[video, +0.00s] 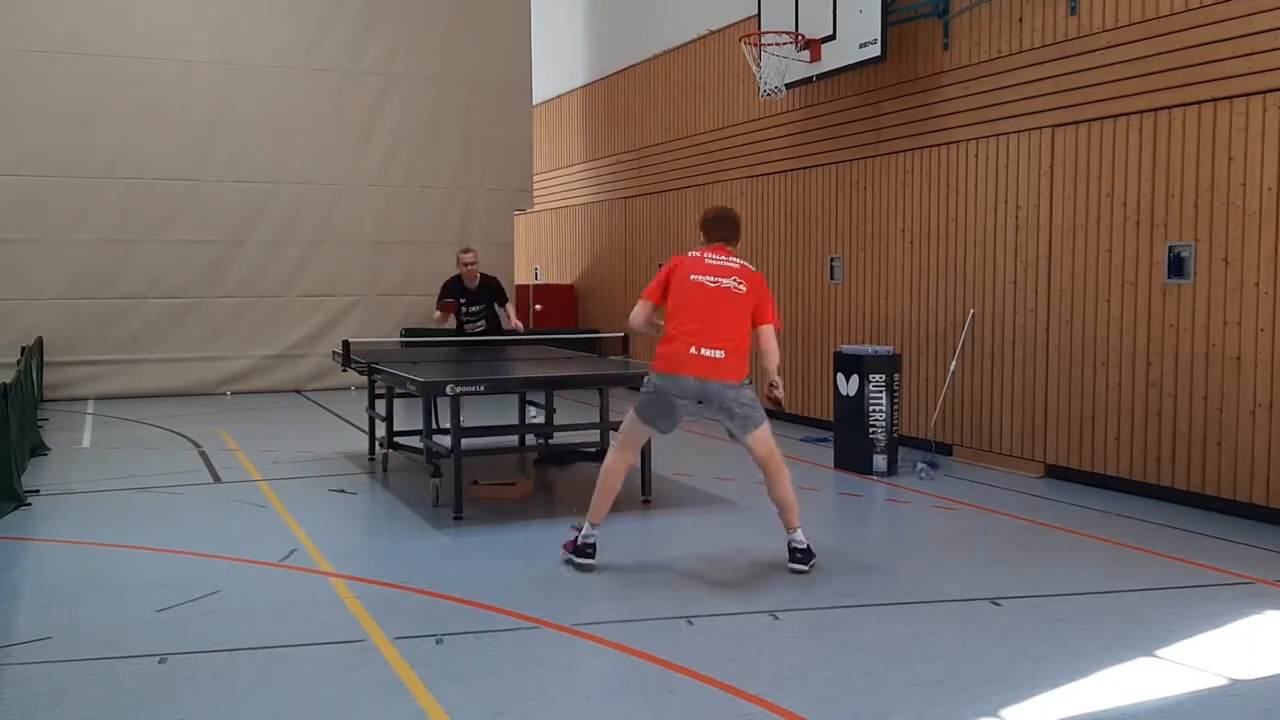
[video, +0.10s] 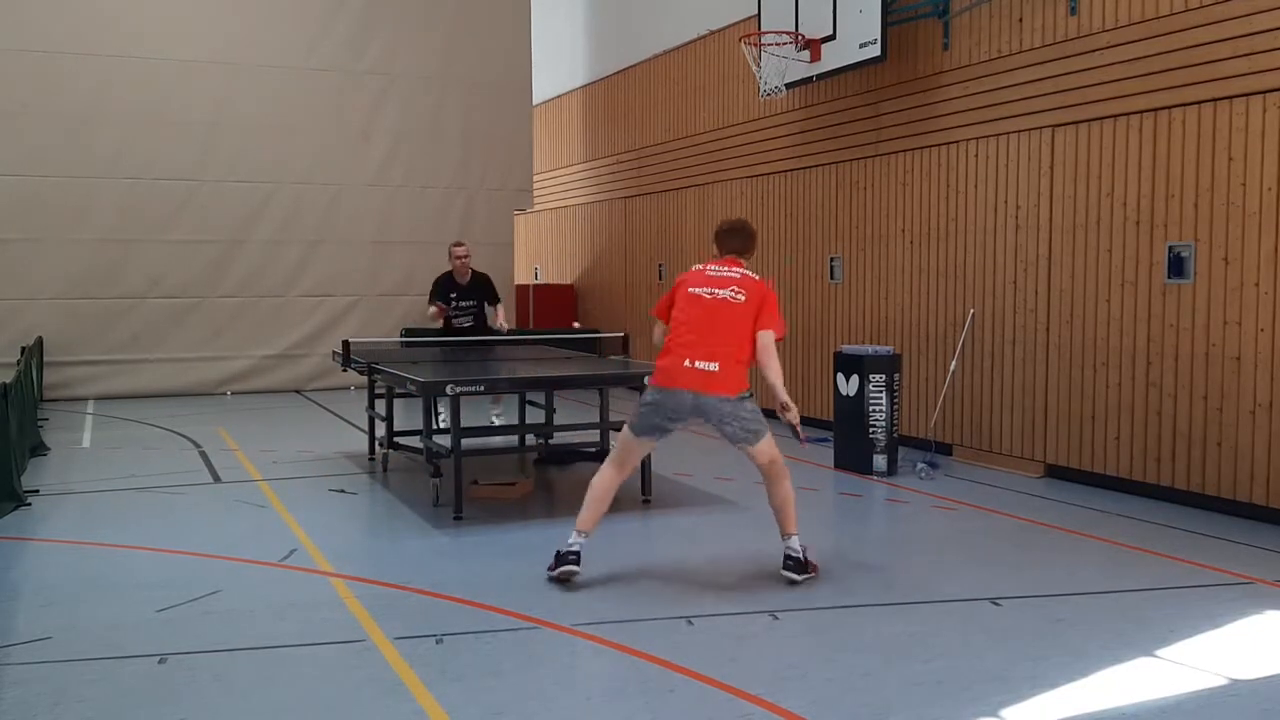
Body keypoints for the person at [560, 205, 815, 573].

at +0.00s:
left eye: (701, 236)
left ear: (701, 236)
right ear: (738, 239)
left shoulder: (678, 264)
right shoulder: (753, 277)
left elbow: (637, 320)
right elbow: (768, 348)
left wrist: (662, 327)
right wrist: (773, 377)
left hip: (671, 375)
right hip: (728, 380)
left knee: (624, 449)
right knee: (770, 460)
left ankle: (586, 537)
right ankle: (798, 543)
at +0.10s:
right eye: (751, 251)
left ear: (717, 249)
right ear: (753, 251)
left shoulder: (688, 277)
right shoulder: (761, 288)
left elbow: (659, 333)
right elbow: (765, 346)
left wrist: (682, 368)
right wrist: (781, 394)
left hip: (669, 385)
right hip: (725, 391)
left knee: (617, 464)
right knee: (772, 465)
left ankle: (572, 549)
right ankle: (794, 552)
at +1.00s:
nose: (733, 213)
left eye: (734, 208)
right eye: (737, 208)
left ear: (739, 210)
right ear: (774, 212)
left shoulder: (732, 239)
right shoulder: (791, 252)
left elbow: (691, 276)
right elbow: (787, 303)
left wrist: (650, 274)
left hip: (748, 366)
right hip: (797, 370)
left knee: (681, 457)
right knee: (806, 451)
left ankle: (682, 565)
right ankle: (833, 537)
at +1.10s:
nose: (728, 227)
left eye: (729, 222)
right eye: (731, 222)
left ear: (733, 224)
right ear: (769, 224)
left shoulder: (733, 255)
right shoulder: (786, 261)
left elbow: (715, 304)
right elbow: (781, 311)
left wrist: (663, 312)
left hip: (762, 382)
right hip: (808, 382)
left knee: (685, 463)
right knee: (822, 459)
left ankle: (682, 572)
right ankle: (869, 540)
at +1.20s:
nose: (732, 250)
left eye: (732, 244)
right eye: (732, 244)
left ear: (740, 245)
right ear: (772, 246)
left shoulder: (749, 276)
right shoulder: (794, 279)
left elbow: (738, 327)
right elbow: (777, 327)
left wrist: (687, 340)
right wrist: (723, 321)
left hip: (772, 401)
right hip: (819, 403)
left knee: (683, 466)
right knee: (840, 472)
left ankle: (680, 573)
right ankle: (889, 544)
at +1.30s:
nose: (748, 250)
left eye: (748, 244)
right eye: (748, 244)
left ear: (754, 244)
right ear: (788, 245)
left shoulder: (760, 275)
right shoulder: (811, 279)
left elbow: (738, 325)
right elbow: (802, 332)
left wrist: (697, 335)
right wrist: (756, 341)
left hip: (782, 398)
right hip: (830, 400)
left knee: (698, 468)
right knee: (844, 470)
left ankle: (683, 572)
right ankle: (890, 544)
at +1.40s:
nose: (761, 240)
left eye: (762, 234)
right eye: (762, 234)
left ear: (772, 234)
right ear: (803, 236)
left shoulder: (767, 264)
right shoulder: (828, 271)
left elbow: (726, 316)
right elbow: (831, 324)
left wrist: (708, 328)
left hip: (784, 384)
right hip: (834, 387)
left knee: (710, 466)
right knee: (850, 462)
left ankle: (685, 570)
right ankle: (889, 544)